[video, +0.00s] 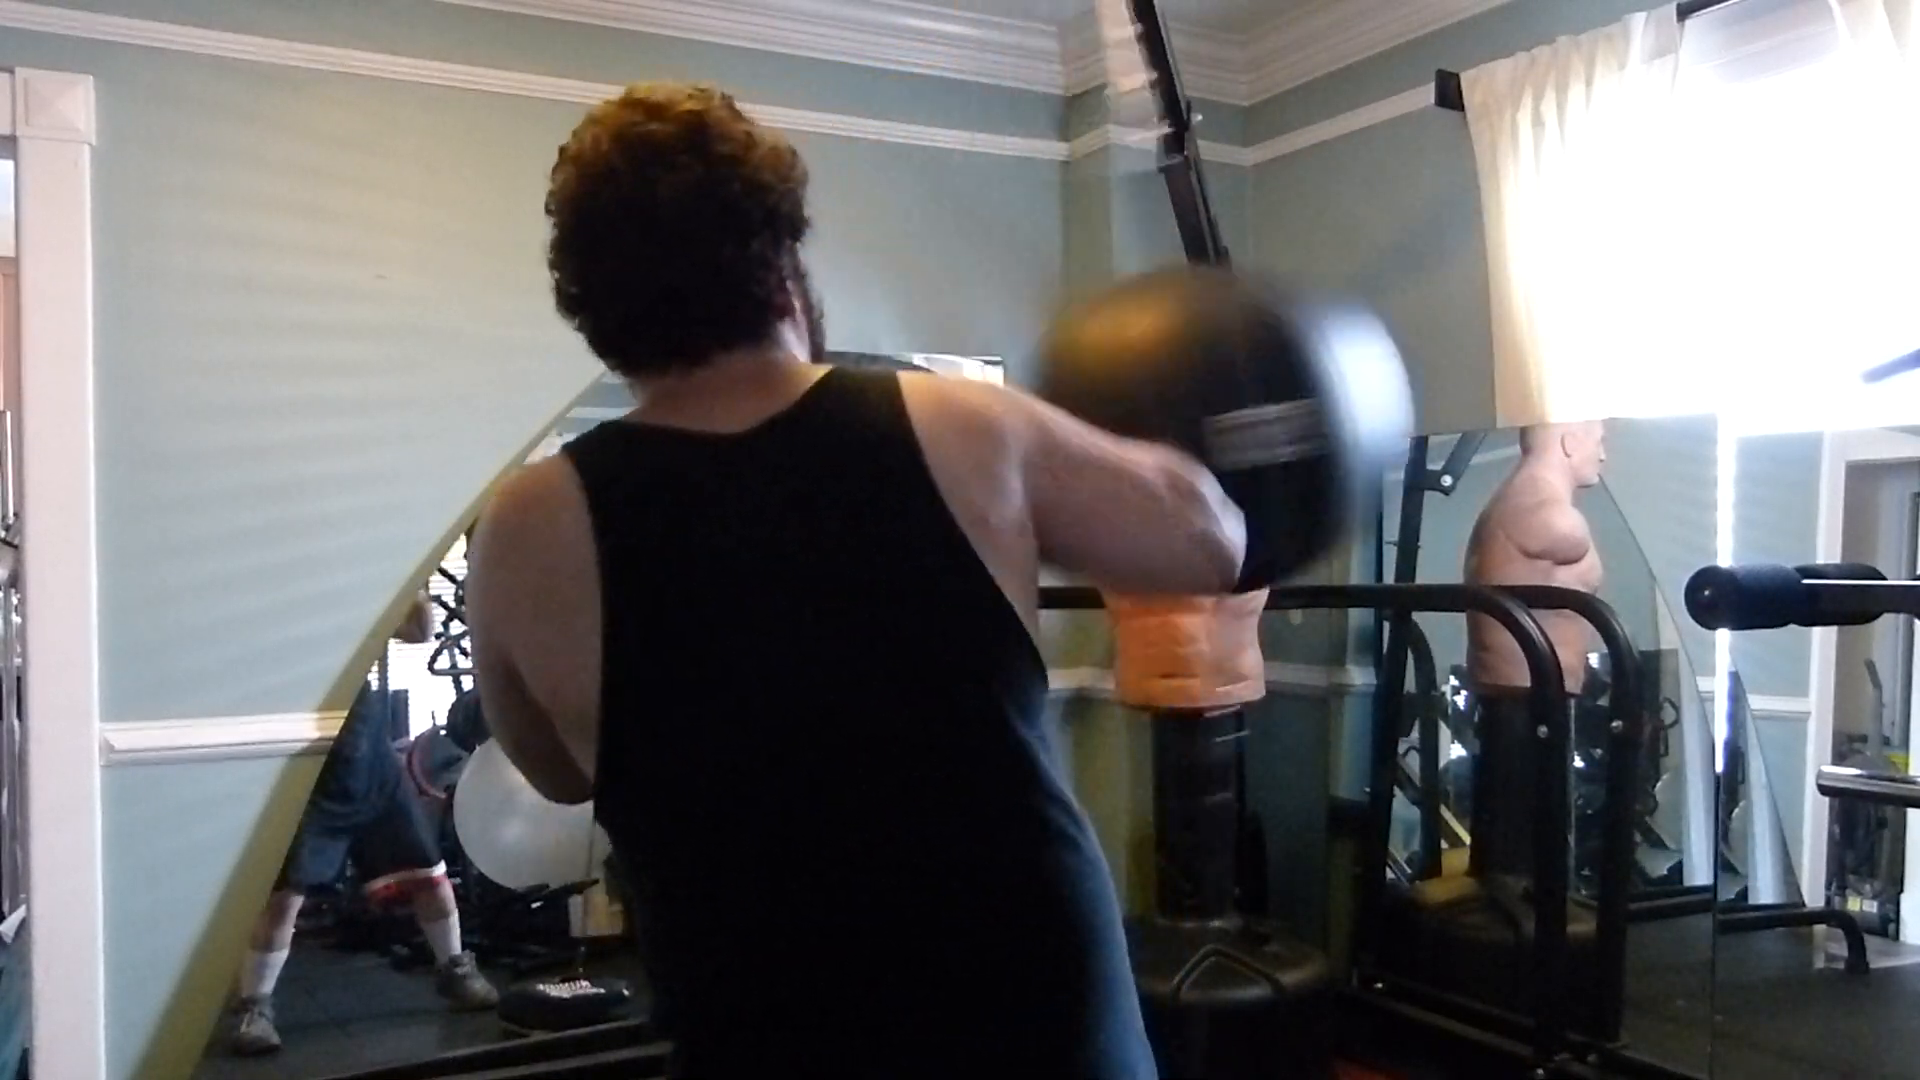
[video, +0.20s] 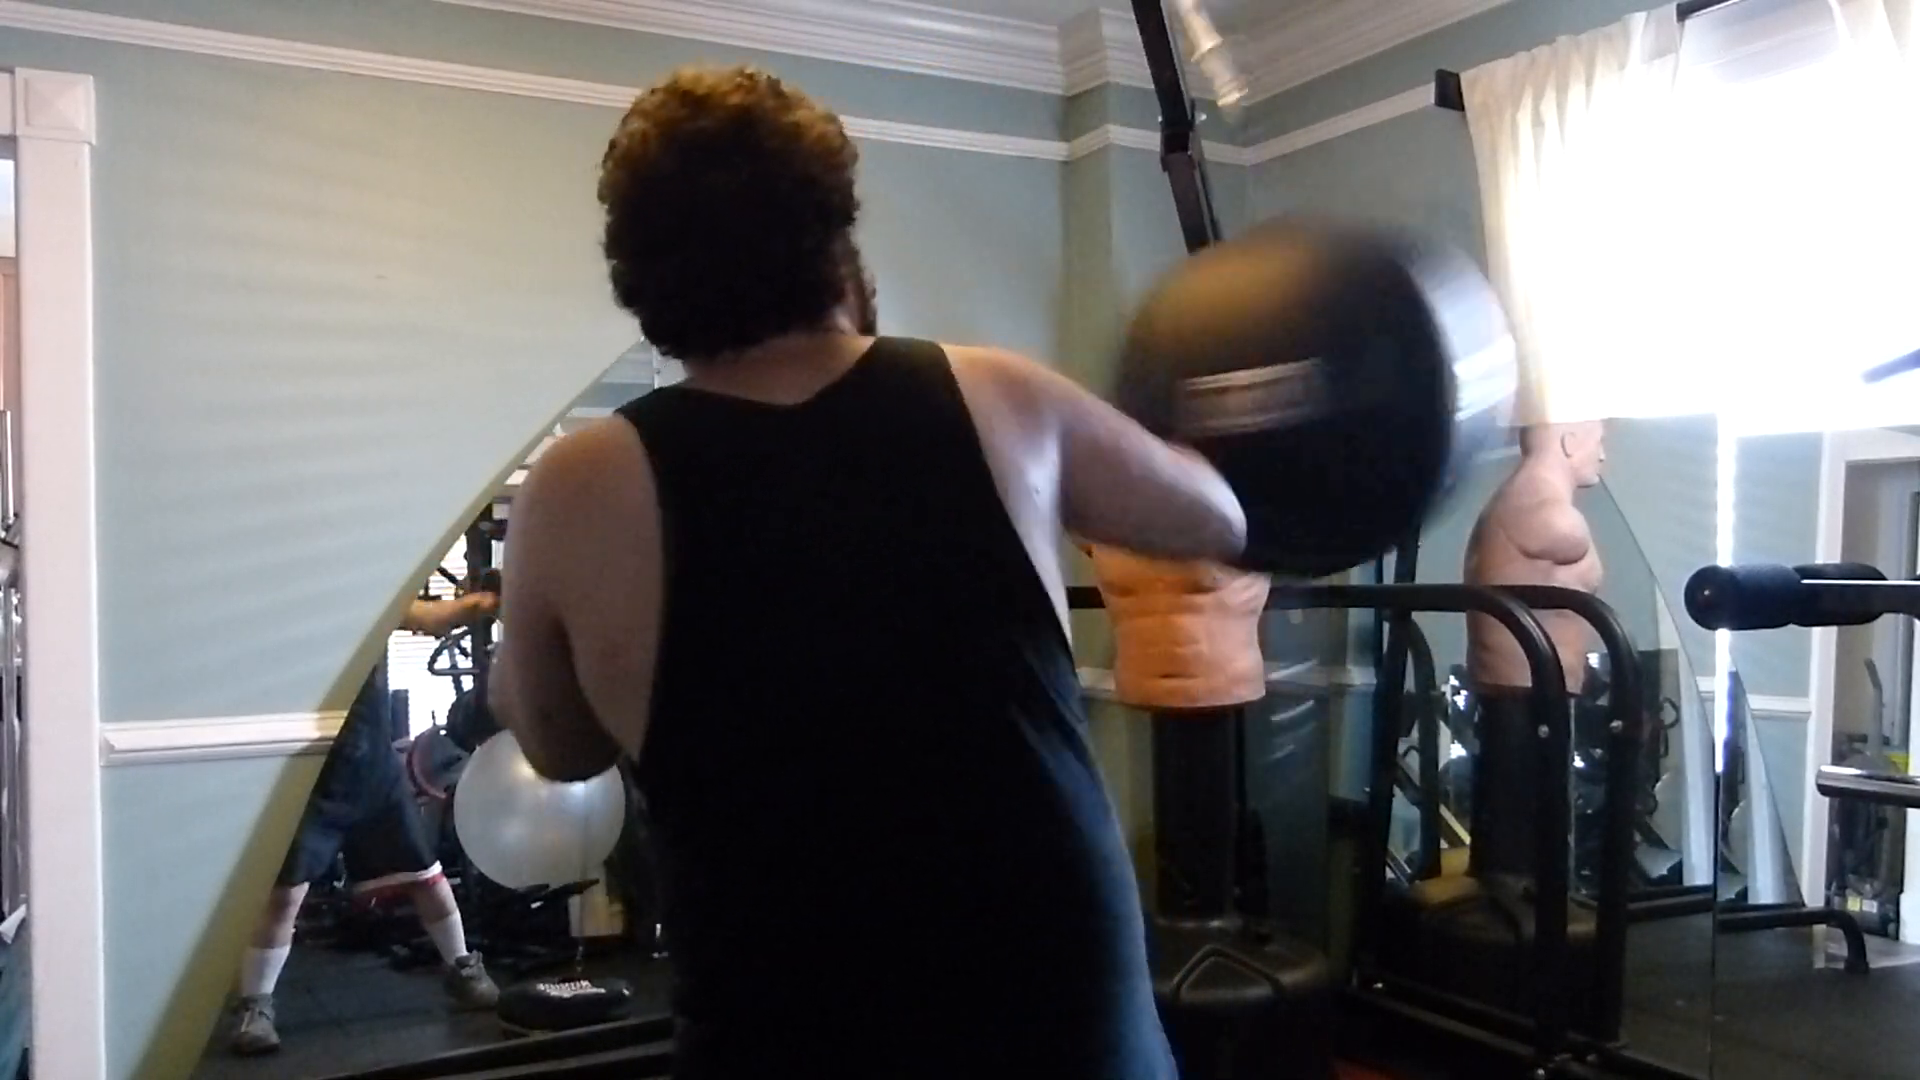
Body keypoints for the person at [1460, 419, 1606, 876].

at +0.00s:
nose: (1604, 455)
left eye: (1603, 440)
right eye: (1598, 438)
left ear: (1556, 441)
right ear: (1566, 441)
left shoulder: (1513, 498)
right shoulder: (1540, 499)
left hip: (1508, 691)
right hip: (1530, 696)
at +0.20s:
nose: (1603, 453)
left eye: (1603, 437)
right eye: (1598, 436)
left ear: (1556, 439)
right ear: (1567, 439)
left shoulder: (1515, 499)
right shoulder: (1539, 501)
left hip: (1511, 695)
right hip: (1528, 699)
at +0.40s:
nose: (1602, 455)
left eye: (1602, 441)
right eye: (1597, 439)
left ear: (1555, 440)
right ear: (1567, 441)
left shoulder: (1514, 498)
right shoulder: (1539, 499)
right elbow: (1592, 575)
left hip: (1510, 690)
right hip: (1529, 694)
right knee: (1529, 801)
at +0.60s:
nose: (1604, 454)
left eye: (1603, 439)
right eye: (1598, 437)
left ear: (1559, 438)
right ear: (1567, 438)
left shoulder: (1511, 502)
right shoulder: (1538, 500)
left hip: (1508, 690)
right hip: (1528, 694)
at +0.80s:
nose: (1603, 455)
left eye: (1602, 441)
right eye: (1597, 439)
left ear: (1554, 441)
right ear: (1567, 442)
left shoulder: (1507, 502)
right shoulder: (1541, 502)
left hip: (1506, 692)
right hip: (1530, 697)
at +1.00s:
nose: (1603, 455)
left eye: (1602, 440)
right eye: (1597, 438)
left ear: (1555, 440)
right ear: (1567, 440)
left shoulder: (1507, 502)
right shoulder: (1539, 500)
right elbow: (1594, 575)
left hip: (1508, 697)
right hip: (1531, 700)